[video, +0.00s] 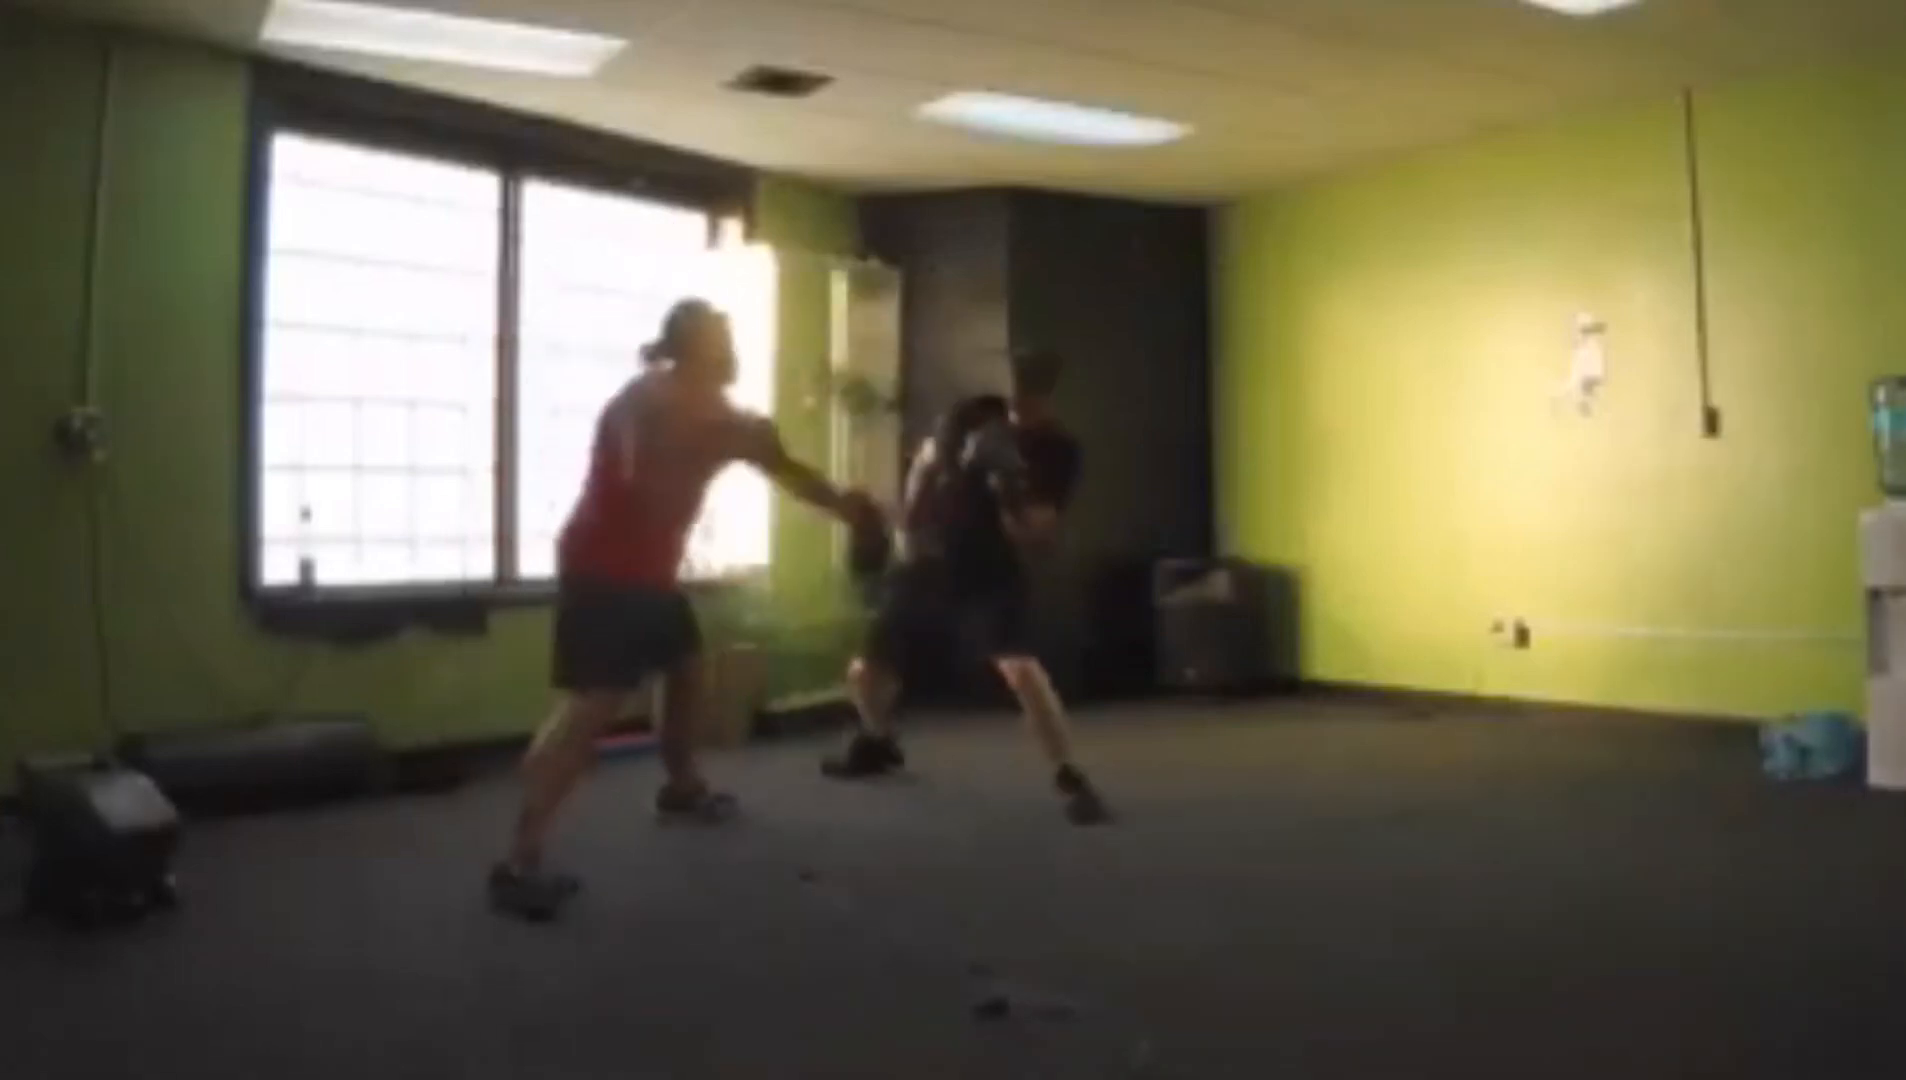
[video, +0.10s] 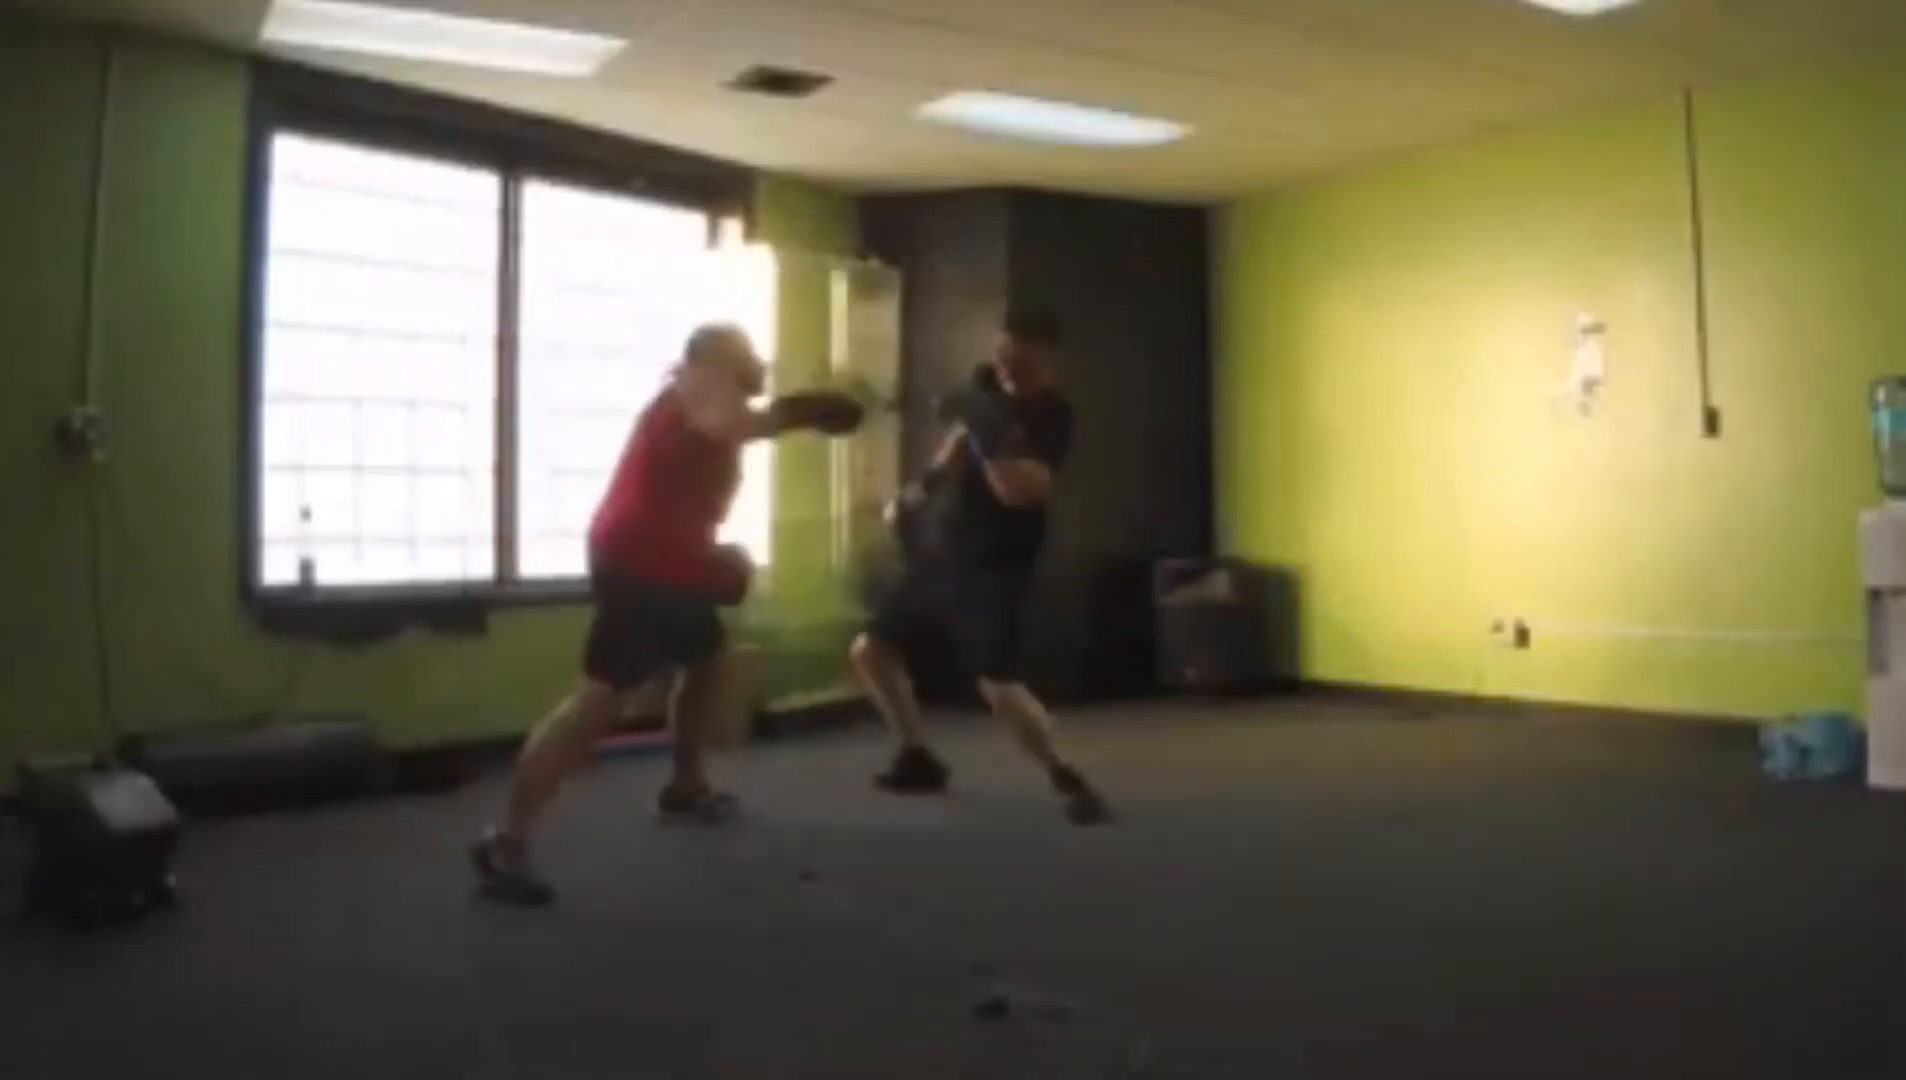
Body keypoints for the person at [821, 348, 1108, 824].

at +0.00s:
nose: (1025, 403)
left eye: (1036, 393)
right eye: (1022, 390)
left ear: (1047, 393)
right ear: (1014, 387)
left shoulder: (1058, 449)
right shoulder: (971, 425)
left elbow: (1036, 527)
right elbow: (911, 515)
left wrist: (1004, 470)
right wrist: (935, 459)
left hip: (992, 568)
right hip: (932, 564)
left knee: (1021, 671)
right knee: (868, 671)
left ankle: (1068, 777)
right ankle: (876, 740)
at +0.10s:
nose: (1011, 370)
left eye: (1024, 360)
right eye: (1006, 358)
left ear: (1049, 360)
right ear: (998, 354)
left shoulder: (1053, 414)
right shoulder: (983, 397)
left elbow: (1016, 488)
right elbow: (945, 461)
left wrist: (986, 416)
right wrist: (914, 495)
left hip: (996, 568)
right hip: (944, 556)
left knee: (998, 688)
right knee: (871, 653)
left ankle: (1068, 781)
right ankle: (917, 754)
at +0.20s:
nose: (1012, 323)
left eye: (1018, 314)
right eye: (1017, 314)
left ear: (1021, 317)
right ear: (1050, 320)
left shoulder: (1010, 364)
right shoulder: (1033, 371)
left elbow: (932, 378)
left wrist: (884, 334)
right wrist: (937, 493)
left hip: (994, 528)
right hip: (1005, 526)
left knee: (956, 672)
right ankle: (912, 742)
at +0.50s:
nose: (1036, 303)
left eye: (1042, 294)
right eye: (1041, 294)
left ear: (1054, 300)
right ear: (1088, 310)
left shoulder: (1010, 341)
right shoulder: (1107, 375)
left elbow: (928, 380)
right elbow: (1129, 470)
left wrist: (882, 347)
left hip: (1006, 531)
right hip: (1066, 533)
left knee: (961, 667)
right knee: (1087, 650)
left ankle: (1036, 782)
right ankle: (1156, 744)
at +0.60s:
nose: (1050, 289)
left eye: (1055, 279)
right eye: (1054, 279)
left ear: (1071, 285)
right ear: (1102, 292)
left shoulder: (1033, 336)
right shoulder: (1119, 359)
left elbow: (1006, 416)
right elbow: (1127, 435)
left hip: (1023, 525)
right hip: (1080, 526)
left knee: (990, 662)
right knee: (1125, 649)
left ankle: (1043, 785)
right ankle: (1219, 736)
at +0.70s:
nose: (1057, 283)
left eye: (1063, 271)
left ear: (1073, 279)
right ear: (1127, 283)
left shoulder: (1068, 332)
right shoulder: (1135, 342)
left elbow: (1028, 396)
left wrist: (990, 336)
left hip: (1050, 526)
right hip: (1117, 522)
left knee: (1017, 652)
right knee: (1167, 656)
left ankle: (1033, 790)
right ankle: (1260, 763)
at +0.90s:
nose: (1055, 309)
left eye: (1056, 300)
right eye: (1054, 300)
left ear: (1074, 290)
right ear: (1112, 274)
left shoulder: (1111, 318)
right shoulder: (1170, 328)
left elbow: (1011, 340)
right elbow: (1087, 383)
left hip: (1132, 524)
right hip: (1197, 525)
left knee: (1053, 640)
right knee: (1228, 681)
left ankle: (1058, 790)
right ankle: (1293, 825)